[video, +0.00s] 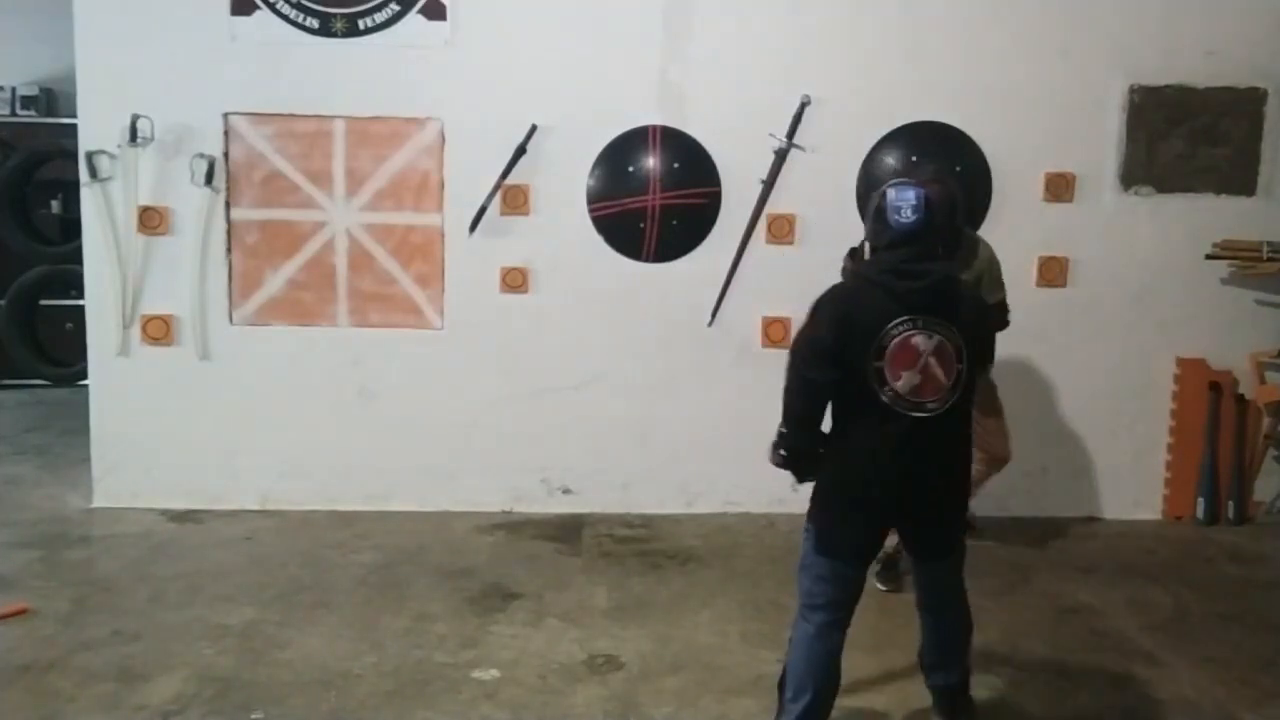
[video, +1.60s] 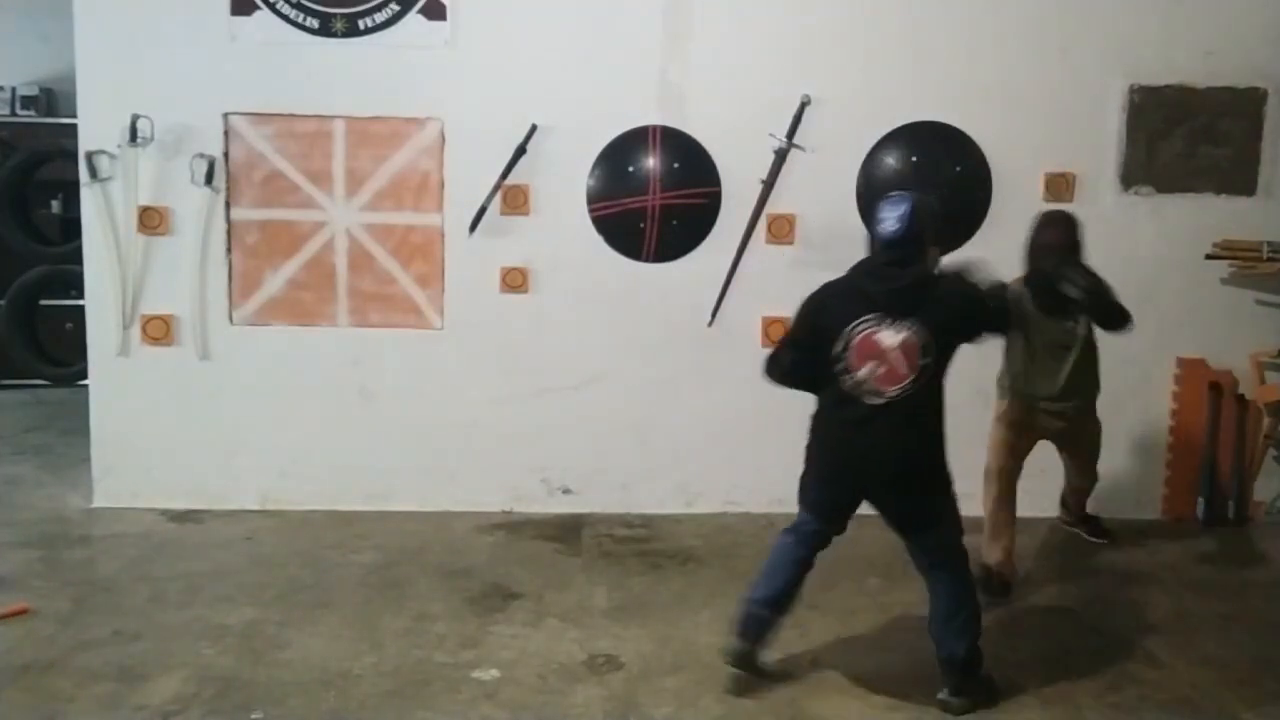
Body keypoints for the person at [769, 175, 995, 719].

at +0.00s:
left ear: (875, 228)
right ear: (947, 232)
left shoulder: (845, 303)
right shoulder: (968, 307)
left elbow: (806, 383)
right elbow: (980, 369)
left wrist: (799, 449)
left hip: (854, 482)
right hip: (939, 483)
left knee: (821, 610)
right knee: (942, 591)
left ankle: (800, 709)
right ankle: (951, 695)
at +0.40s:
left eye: (901, 223)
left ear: (900, 228)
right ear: (962, 230)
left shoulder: (867, 292)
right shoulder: (989, 300)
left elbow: (826, 366)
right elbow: (1027, 374)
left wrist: (833, 405)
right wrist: (1044, 396)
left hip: (872, 466)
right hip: (952, 471)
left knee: (827, 582)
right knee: (953, 580)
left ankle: (799, 706)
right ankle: (955, 690)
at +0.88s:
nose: (956, 244)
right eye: (955, 232)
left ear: (877, 219)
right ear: (945, 229)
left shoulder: (837, 291)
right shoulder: (949, 304)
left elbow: (798, 345)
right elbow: (1022, 360)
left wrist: (849, 361)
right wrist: (1066, 317)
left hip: (833, 473)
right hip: (913, 479)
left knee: (808, 588)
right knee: (935, 581)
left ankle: (782, 707)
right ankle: (953, 677)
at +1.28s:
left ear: (909, 222)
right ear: (968, 232)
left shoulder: (870, 284)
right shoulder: (984, 294)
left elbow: (820, 345)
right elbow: (997, 328)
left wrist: (859, 397)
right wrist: (998, 276)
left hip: (869, 450)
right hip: (948, 455)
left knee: (822, 557)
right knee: (955, 567)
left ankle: (786, 681)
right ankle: (959, 681)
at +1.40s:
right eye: (951, 224)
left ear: (895, 225)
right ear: (952, 229)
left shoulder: (856, 286)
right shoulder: (974, 294)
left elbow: (816, 356)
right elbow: (987, 360)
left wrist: (863, 391)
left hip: (863, 450)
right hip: (942, 455)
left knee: (822, 558)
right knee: (954, 564)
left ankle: (786, 677)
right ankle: (958, 680)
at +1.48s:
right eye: (953, 229)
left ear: (885, 224)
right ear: (948, 231)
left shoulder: (850, 289)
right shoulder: (964, 294)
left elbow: (807, 359)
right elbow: (983, 352)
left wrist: (856, 392)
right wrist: (1036, 344)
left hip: (854, 450)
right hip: (932, 455)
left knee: (816, 551)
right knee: (949, 563)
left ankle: (786, 675)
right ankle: (959, 679)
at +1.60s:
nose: (936, 249)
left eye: (929, 241)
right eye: (932, 241)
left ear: (875, 241)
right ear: (926, 245)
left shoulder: (834, 297)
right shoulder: (945, 297)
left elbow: (782, 365)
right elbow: (1000, 314)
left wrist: (839, 377)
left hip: (837, 456)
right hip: (909, 461)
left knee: (806, 532)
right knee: (943, 562)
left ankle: (746, 639)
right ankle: (961, 677)